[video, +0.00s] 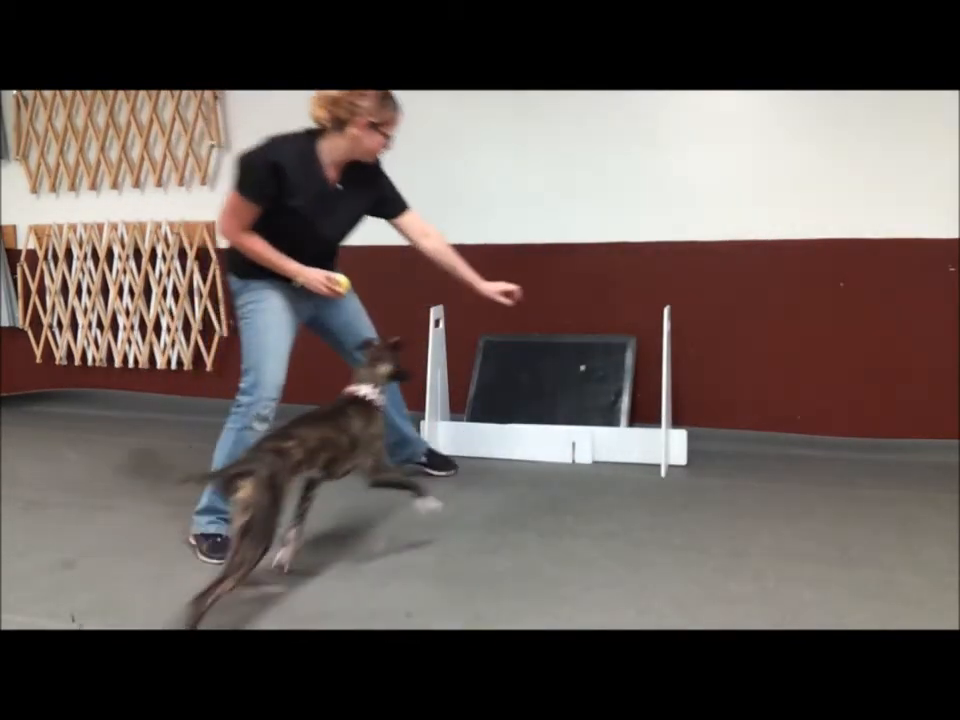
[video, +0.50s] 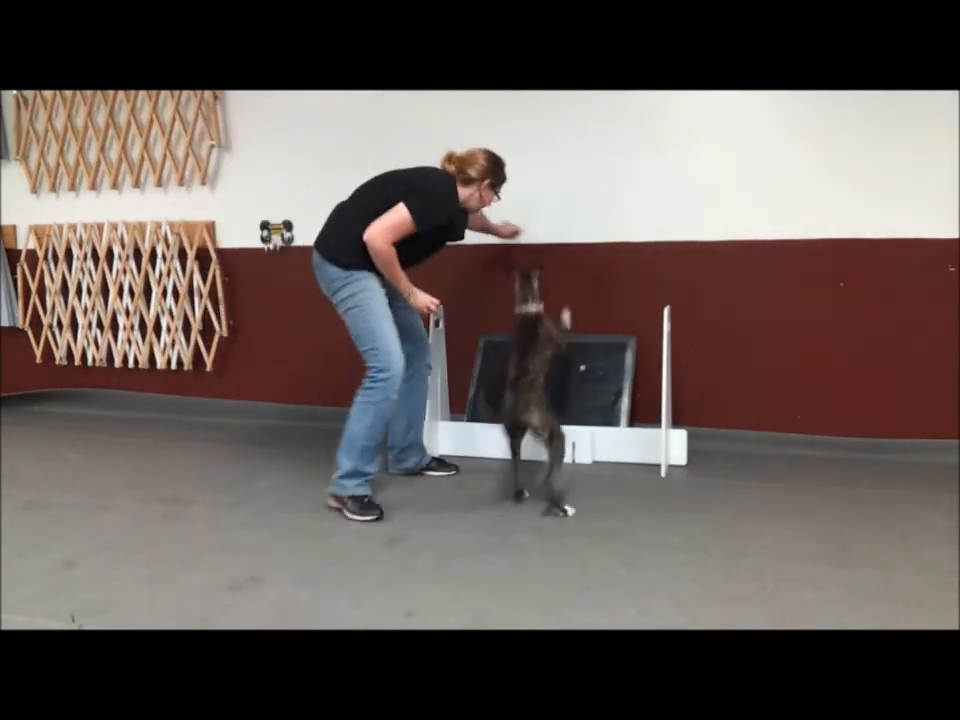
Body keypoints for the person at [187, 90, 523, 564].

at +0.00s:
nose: (386, 142)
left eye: (390, 133)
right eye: (380, 130)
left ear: (372, 129)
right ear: (349, 122)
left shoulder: (369, 177)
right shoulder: (273, 161)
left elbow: (423, 234)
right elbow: (232, 230)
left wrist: (481, 285)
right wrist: (300, 272)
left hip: (322, 282)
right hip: (264, 282)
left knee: (375, 362)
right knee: (261, 398)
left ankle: (406, 451)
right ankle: (213, 518)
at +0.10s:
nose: (432, 162)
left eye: (434, 154)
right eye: (427, 152)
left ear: (408, 151)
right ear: (402, 146)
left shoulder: (404, 196)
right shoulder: (329, 173)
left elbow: (456, 243)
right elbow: (272, 229)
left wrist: (511, 287)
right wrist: (334, 284)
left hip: (346, 286)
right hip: (290, 282)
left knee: (400, 370)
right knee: (279, 394)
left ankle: (404, 455)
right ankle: (220, 518)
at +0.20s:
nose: (467, 185)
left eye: (470, 178)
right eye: (466, 175)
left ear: (449, 172)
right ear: (446, 167)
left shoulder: (439, 214)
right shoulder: (382, 179)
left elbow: (482, 247)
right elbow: (312, 227)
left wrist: (534, 281)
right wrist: (358, 289)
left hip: (363, 287)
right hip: (315, 278)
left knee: (410, 360)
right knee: (307, 382)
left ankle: (411, 456)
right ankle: (242, 506)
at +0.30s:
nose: (487, 199)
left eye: (490, 192)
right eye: (487, 190)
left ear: (465, 182)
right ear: (471, 183)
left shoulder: (456, 221)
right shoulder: (417, 190)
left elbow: (491, 241)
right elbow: (344, 230)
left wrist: (536, 263)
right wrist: (381, 295)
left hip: (368, 277)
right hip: (328, 268)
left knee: (412, 357)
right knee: (335, 374)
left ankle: (407, 456)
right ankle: (275, 497)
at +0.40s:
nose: (493, 203)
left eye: (495, 195)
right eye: (493, 194)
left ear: (473, 185)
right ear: (478, 187)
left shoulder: (455, 211)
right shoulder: (433, 196)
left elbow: (486, 229)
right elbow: (366, 234)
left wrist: (518, 243)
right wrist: (400, 296)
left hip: (369, 266)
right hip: (336, 264)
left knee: (412, 355)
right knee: (363, 367)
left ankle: (407, 458)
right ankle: (316, 491)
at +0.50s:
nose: (492, 201)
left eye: (495, 194)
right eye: (493, 193)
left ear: (475, 183)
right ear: (479, 183)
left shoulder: (453, 201)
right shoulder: (438, 194)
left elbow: (468, 217)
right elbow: (376, 237)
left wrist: (495, 229)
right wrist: (410, 293)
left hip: (379, 265)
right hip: (346, 264)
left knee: (417, 357)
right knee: (387, 366)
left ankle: (407, 457)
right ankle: (349, 486)